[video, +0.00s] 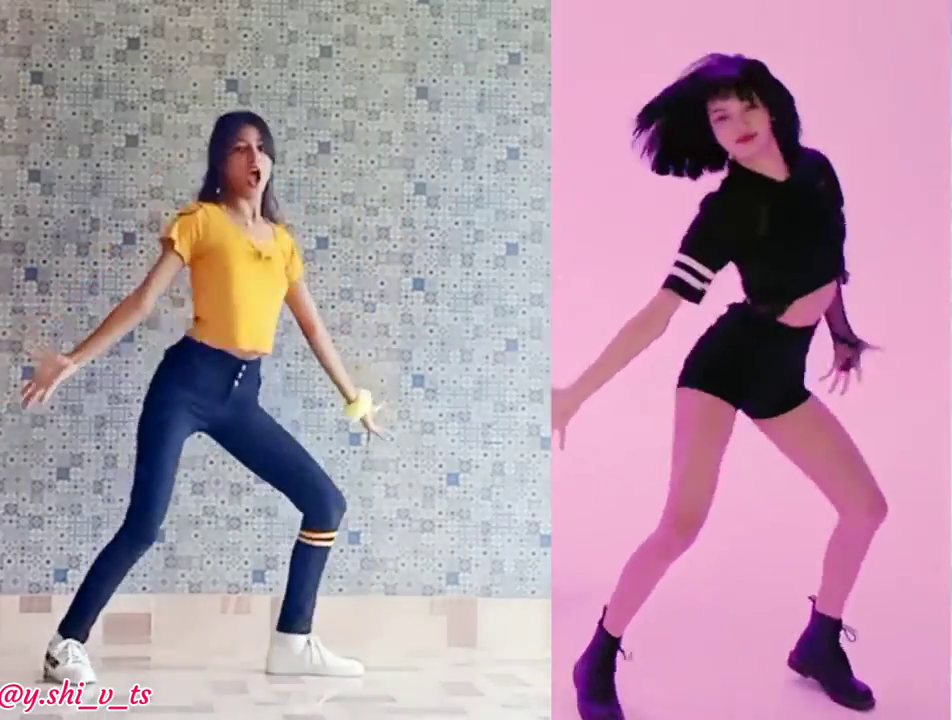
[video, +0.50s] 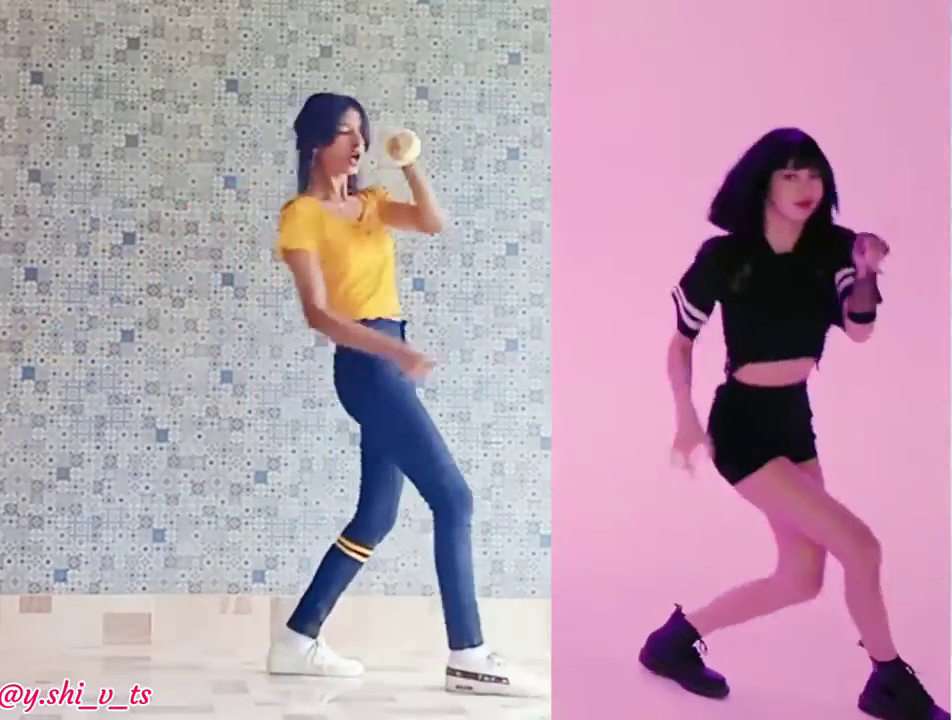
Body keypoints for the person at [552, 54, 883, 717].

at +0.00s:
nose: (739, 123)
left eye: (748, 106)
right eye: (722, 116)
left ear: (773, 108)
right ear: (710, 134)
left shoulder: (817, 172)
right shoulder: (727, 207)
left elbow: (826, 256)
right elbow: (659, 312)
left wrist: (840, 327)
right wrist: (574, 393)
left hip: (779, 370)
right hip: (722, 362)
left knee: (864, 507)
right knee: (680, 527)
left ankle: (820, 643)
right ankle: (599, 659)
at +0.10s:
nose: (756, 150)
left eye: (766, 135)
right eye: (739, 140)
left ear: (783, 140)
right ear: (720, 152)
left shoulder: (789, 198)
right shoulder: (724, 230)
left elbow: (801, 279)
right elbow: (680, 338)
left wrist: (860, 321)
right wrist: (623, 432)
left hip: (777, 402)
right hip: (725, 396)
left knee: (852, 542)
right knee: (669, 559)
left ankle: (771, 659)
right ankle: (566, 663)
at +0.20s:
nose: (770, 138)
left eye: (781, 124)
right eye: (755, 125)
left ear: (795, 126)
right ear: (730, 129)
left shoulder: (786, 177)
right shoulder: (712, 207)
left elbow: (808, 247)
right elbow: (694, 314)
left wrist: (878, 253)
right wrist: (671, 414)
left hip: (799, 374)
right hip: (745, 377)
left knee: (826, 536)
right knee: (726, 554)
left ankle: (746, 659)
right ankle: (601, 650)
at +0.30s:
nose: (786, 120)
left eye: (796, 107)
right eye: (771, 107)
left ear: (808, 111)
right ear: (743, 111)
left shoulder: (812, 159)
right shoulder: (708, 191)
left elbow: (855, 251)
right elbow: (701, 300)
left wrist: (873, 196)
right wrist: (701, 396)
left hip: (806, 354)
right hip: (743, 361)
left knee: (796, 525)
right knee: (799, 527)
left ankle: (726, 642)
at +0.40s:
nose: (797, 151)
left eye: (806, 139)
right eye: (782, 139)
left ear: (817, 148)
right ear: (751, 148)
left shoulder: (825, 212)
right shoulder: (718, 223)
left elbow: (860, 309)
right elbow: (696, 323)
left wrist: (858, 236)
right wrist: (681, 409)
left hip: (787, 387)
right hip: (732, 391)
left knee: (783, 554)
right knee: (845, 523)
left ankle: (687, 645)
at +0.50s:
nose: (806, 186)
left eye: (815, 174)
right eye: (791, 173)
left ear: (825, 185)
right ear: (763, 183)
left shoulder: (829, 248)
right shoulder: (725, 256)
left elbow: (859, 330)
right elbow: (680, 342)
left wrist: (866, 275)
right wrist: (684, 418)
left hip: (795, 418)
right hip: (740, 425)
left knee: (798, 581)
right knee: (859, 545)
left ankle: (676, 637)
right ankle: (889, 677)